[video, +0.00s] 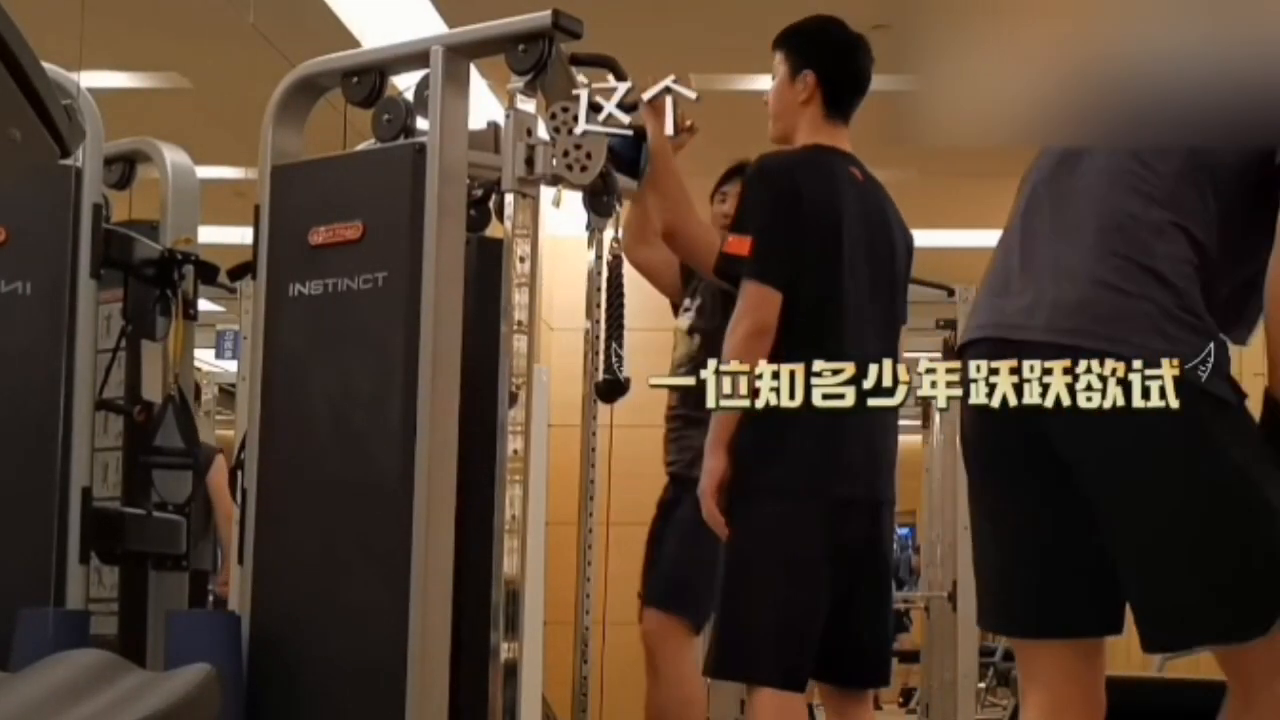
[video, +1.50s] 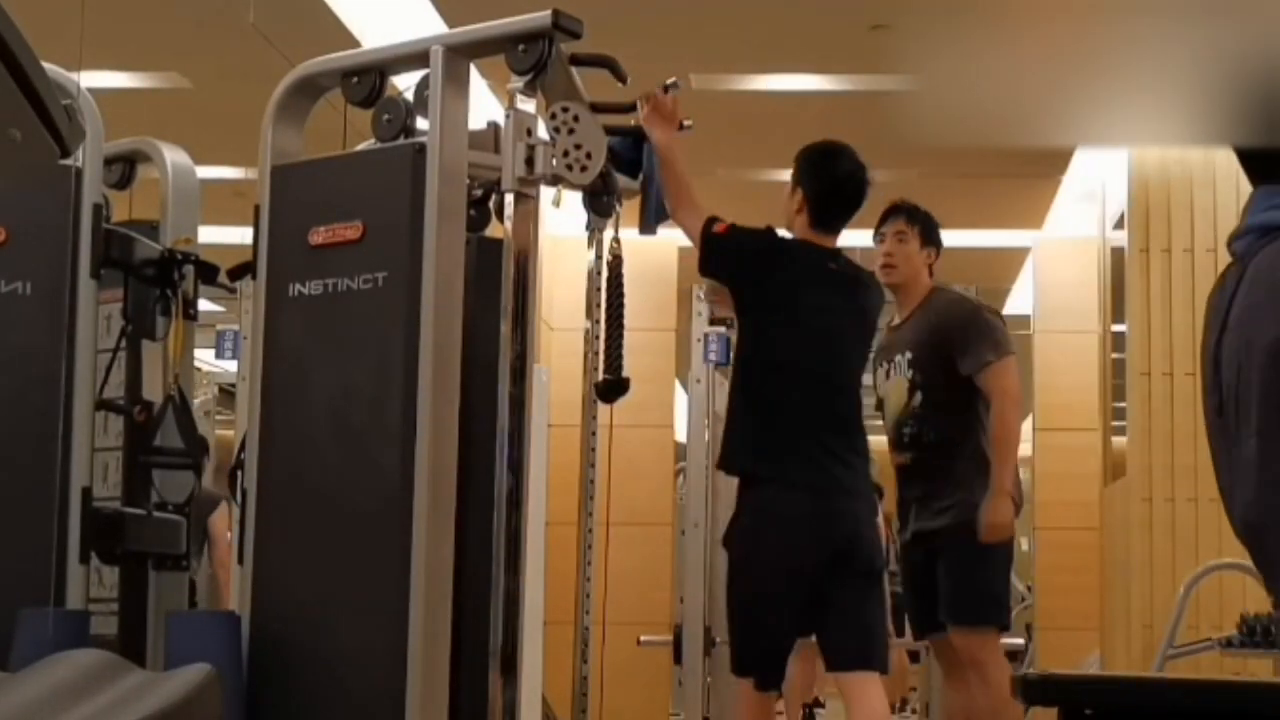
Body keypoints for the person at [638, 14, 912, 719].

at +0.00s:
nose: (767, 96)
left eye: (773, 80)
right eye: (769, 81)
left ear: (805, 87)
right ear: (850, 94)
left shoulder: (786, 177)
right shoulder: (887, 212)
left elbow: (756, 321)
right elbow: (880, 354)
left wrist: (717, 446)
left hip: (784, 472)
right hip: (863, 479)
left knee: (775, 684)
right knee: (852, 688)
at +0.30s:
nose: (754, 100)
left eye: (754, 88)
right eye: (761, 88)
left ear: (763, 94)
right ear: (835, 99)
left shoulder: (749, 182)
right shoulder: (873, 214)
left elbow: (725, 318)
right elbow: (870, 344)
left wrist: (690, 442)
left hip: (776, 471)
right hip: (863, 475)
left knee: (781, 683)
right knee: (850, 679)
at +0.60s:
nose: (771, 125)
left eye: (773, 114)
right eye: (780, 114)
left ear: (780, 121)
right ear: (850, 131)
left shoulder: (754, 206)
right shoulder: (877, 240)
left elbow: (727, 338)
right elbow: (891, 375)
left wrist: (701, 448)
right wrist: (875, 463)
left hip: (780, 475)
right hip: (867, 478)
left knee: (783, 681)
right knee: (868, 673)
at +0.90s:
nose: (810, 151)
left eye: (812, 142)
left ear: (818, 149)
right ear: (884, 158)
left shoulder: (782, 232)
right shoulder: (910, 262)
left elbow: (747, 365)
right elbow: (918, 390)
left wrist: (732, 427)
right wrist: (893, 459)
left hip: (804, 488)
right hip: (891, 489)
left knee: (757, 669)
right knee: (888, 673)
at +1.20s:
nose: (817, 169)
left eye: (819, 160)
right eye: (823, 159)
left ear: (827, 168)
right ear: (888, 176)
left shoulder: (784, 243)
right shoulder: (912, 271)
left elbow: (692, 284)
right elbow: (908, 388)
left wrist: (679, 241)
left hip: (801, 493)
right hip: (885, 497)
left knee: (771, 668)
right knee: (885, 672)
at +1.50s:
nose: (786, 197)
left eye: (790, 188)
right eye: (792, 188)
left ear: (798, 199)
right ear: (853, 210)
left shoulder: (763, 258)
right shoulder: (865, 290)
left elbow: (687, 212)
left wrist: (663, 140)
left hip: (773, 498)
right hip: (850, 504)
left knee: (758, 681)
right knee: (862, 676)